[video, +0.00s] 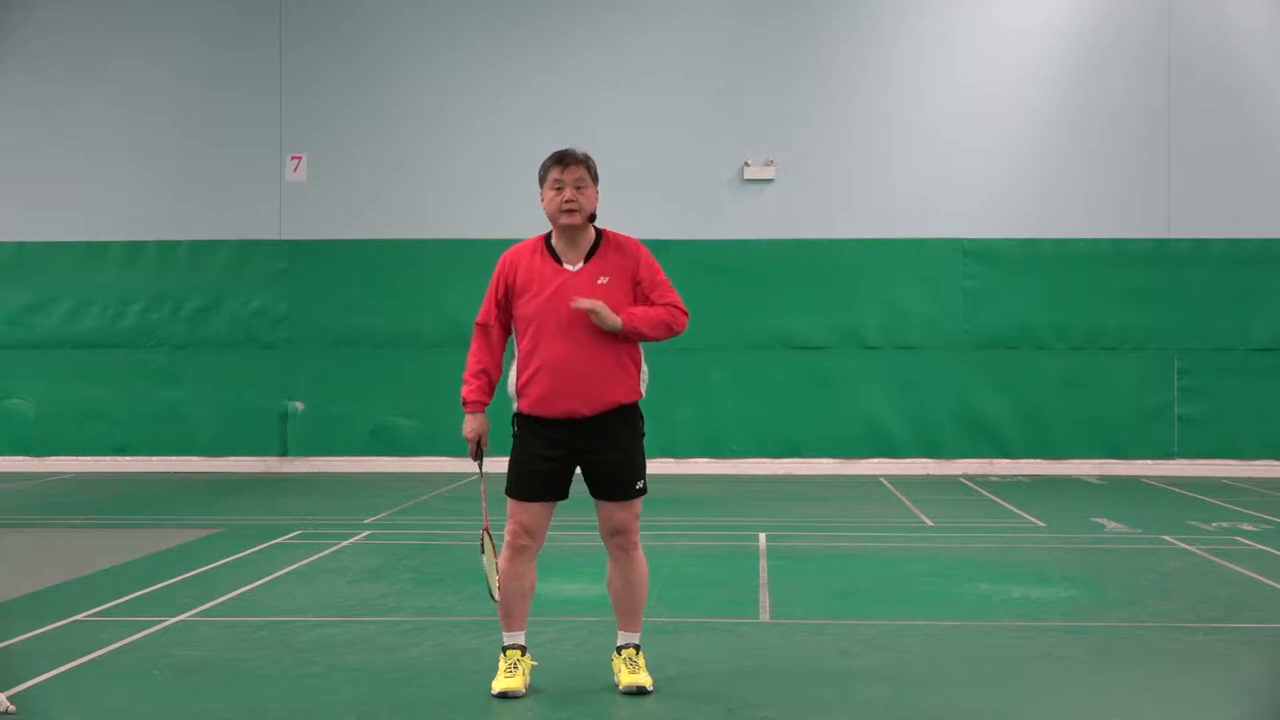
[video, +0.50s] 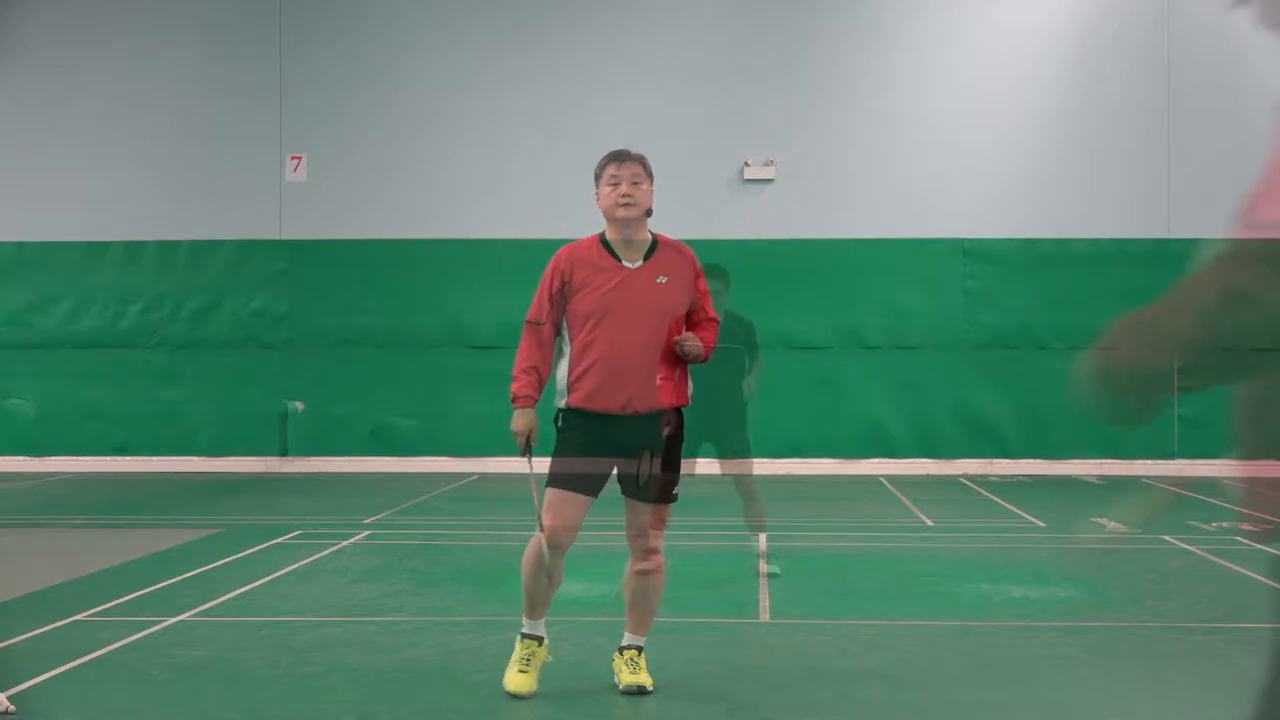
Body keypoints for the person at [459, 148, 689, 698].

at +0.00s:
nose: (568, 195)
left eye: (579, 186)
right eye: (557, 187)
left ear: (596, 196)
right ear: (542, 198)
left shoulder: (628, 255)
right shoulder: (516, 263)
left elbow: (674, 316)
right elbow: (489, 334)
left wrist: (620, 321)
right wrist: (476, 407)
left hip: (613, 420)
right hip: (539, 423)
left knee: (623, 535)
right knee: (521, 536)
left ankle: (629, 650)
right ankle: (513, 651)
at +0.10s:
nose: (578, 190)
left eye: (589, 182)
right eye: (567, 183)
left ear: (607, 194)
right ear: (553, 198)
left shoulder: (640, 256)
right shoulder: (527, 262)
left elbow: (682, 317)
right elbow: (497, 333)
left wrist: (643, 330)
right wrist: (480, 406)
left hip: (621, 421)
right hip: (548, 422)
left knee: (627, 537)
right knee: (524, 536)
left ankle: (630, 650)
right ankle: (513, 651)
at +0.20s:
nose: (590, 188)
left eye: (601, 180)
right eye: (579, 181)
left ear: (619, 195)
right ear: (564, 197)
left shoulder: (652, 258)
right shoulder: (539, 261)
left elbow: (686, 319)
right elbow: (507, 331)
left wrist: (663, 336)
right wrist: (488, 404)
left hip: (632, 420)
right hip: (558, 420)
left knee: (633, 538)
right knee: (528, 537)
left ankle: (631, 650)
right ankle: (514, 649)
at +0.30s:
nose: (603, 187)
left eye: (614, 180)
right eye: (592, 181)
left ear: (631, 196)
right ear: (576, 198)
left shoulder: (663, 259)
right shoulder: (551, 261)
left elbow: (691, 322)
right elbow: (518, 330)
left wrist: (678, 340)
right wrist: (501, 401)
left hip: (642, 422)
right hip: (569, 420)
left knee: (640, 543)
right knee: (531, 538)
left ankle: (631, 650)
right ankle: (516, 647)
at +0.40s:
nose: (615, 188)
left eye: (626, 181)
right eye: (604, 182)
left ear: (642, 196)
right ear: (588, 197)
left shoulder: (673, 261)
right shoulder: (562, 261)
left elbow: (698, 322)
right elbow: (529, 330)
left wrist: (689, 342)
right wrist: (514, 400)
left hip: (649, 423)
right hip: (578, 420)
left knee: (645, 545)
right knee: (537, 538)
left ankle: (632, 651)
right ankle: (520, 643)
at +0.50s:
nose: (625, 190)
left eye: (636, 182)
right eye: (614, 183)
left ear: (653, 196)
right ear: (598, 198)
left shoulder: (682, 262)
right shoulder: (571, 261)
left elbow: (705, 325)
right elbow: (539, 330)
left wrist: (697, 343)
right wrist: (525, 401)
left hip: (656, 421)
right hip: (586, 418)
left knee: (648, 546)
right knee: (553, 537)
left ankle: (633, 650)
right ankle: (531, 638)